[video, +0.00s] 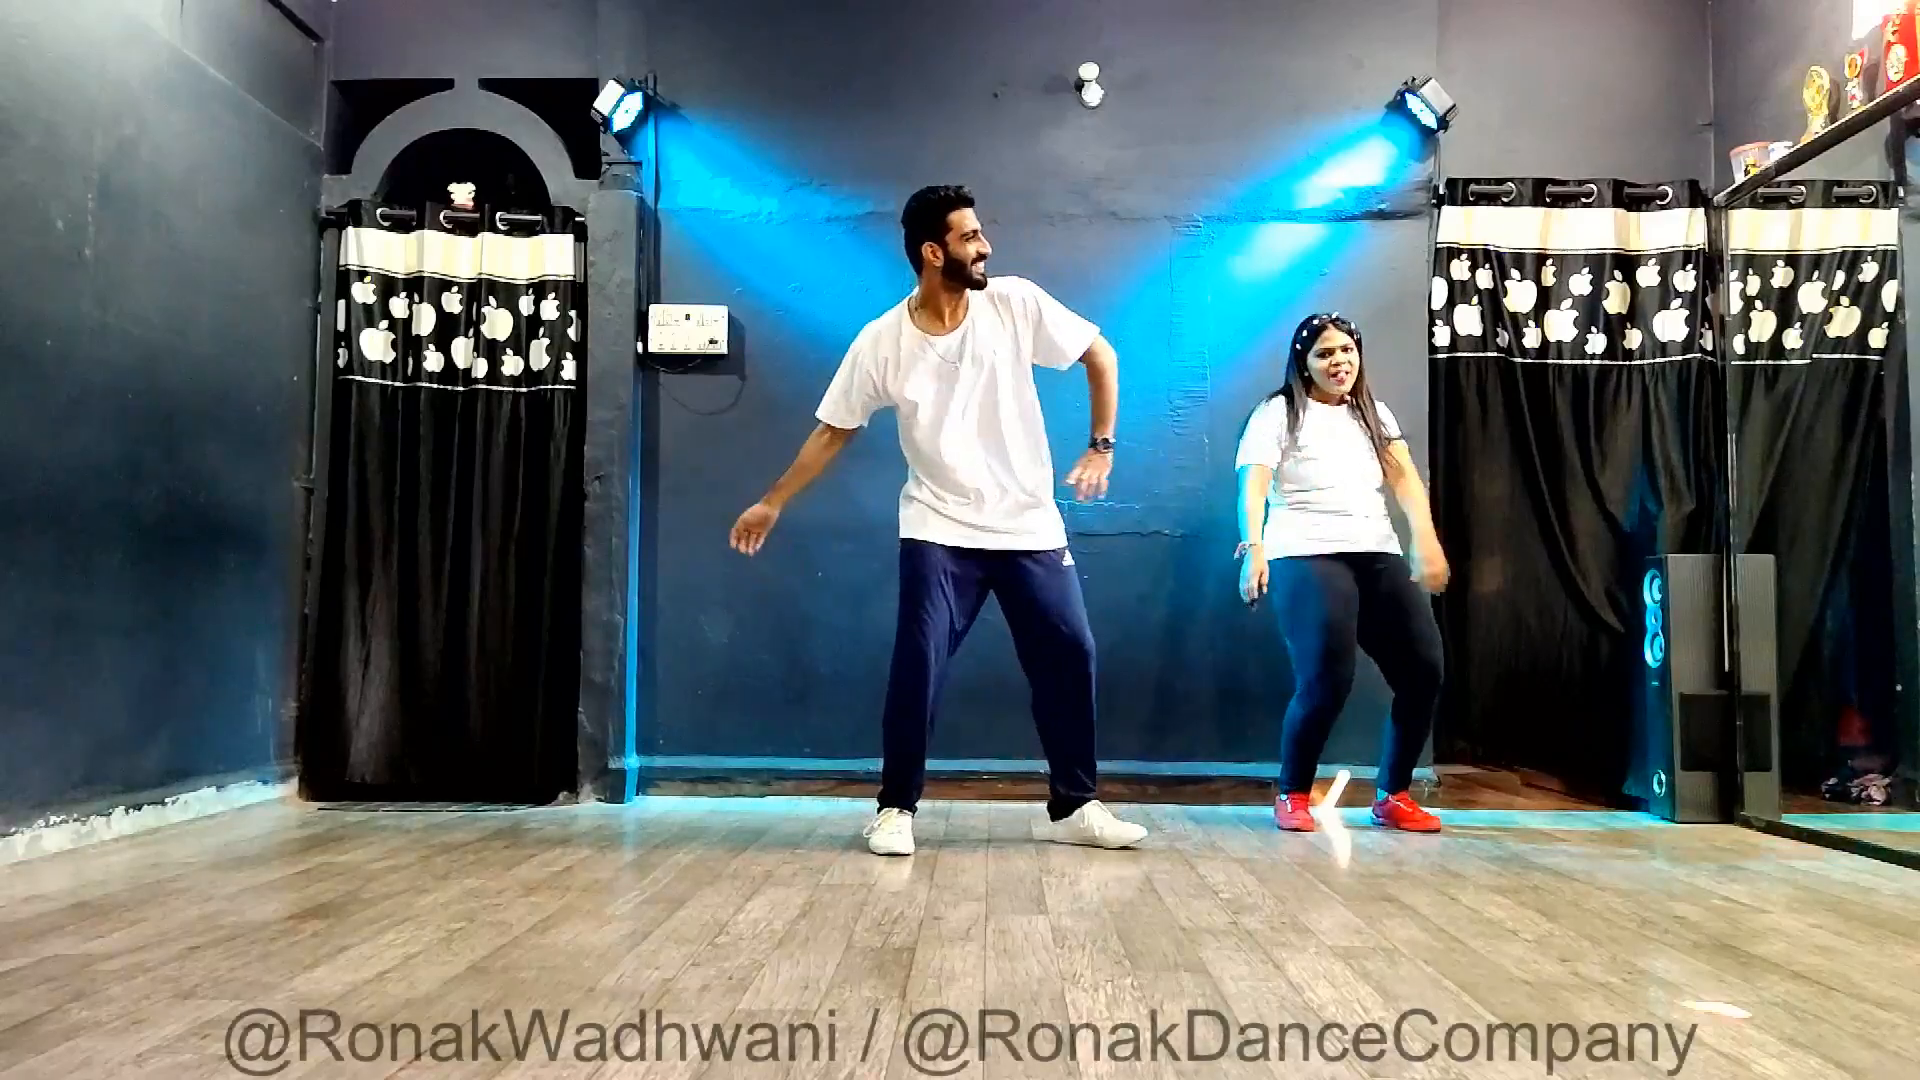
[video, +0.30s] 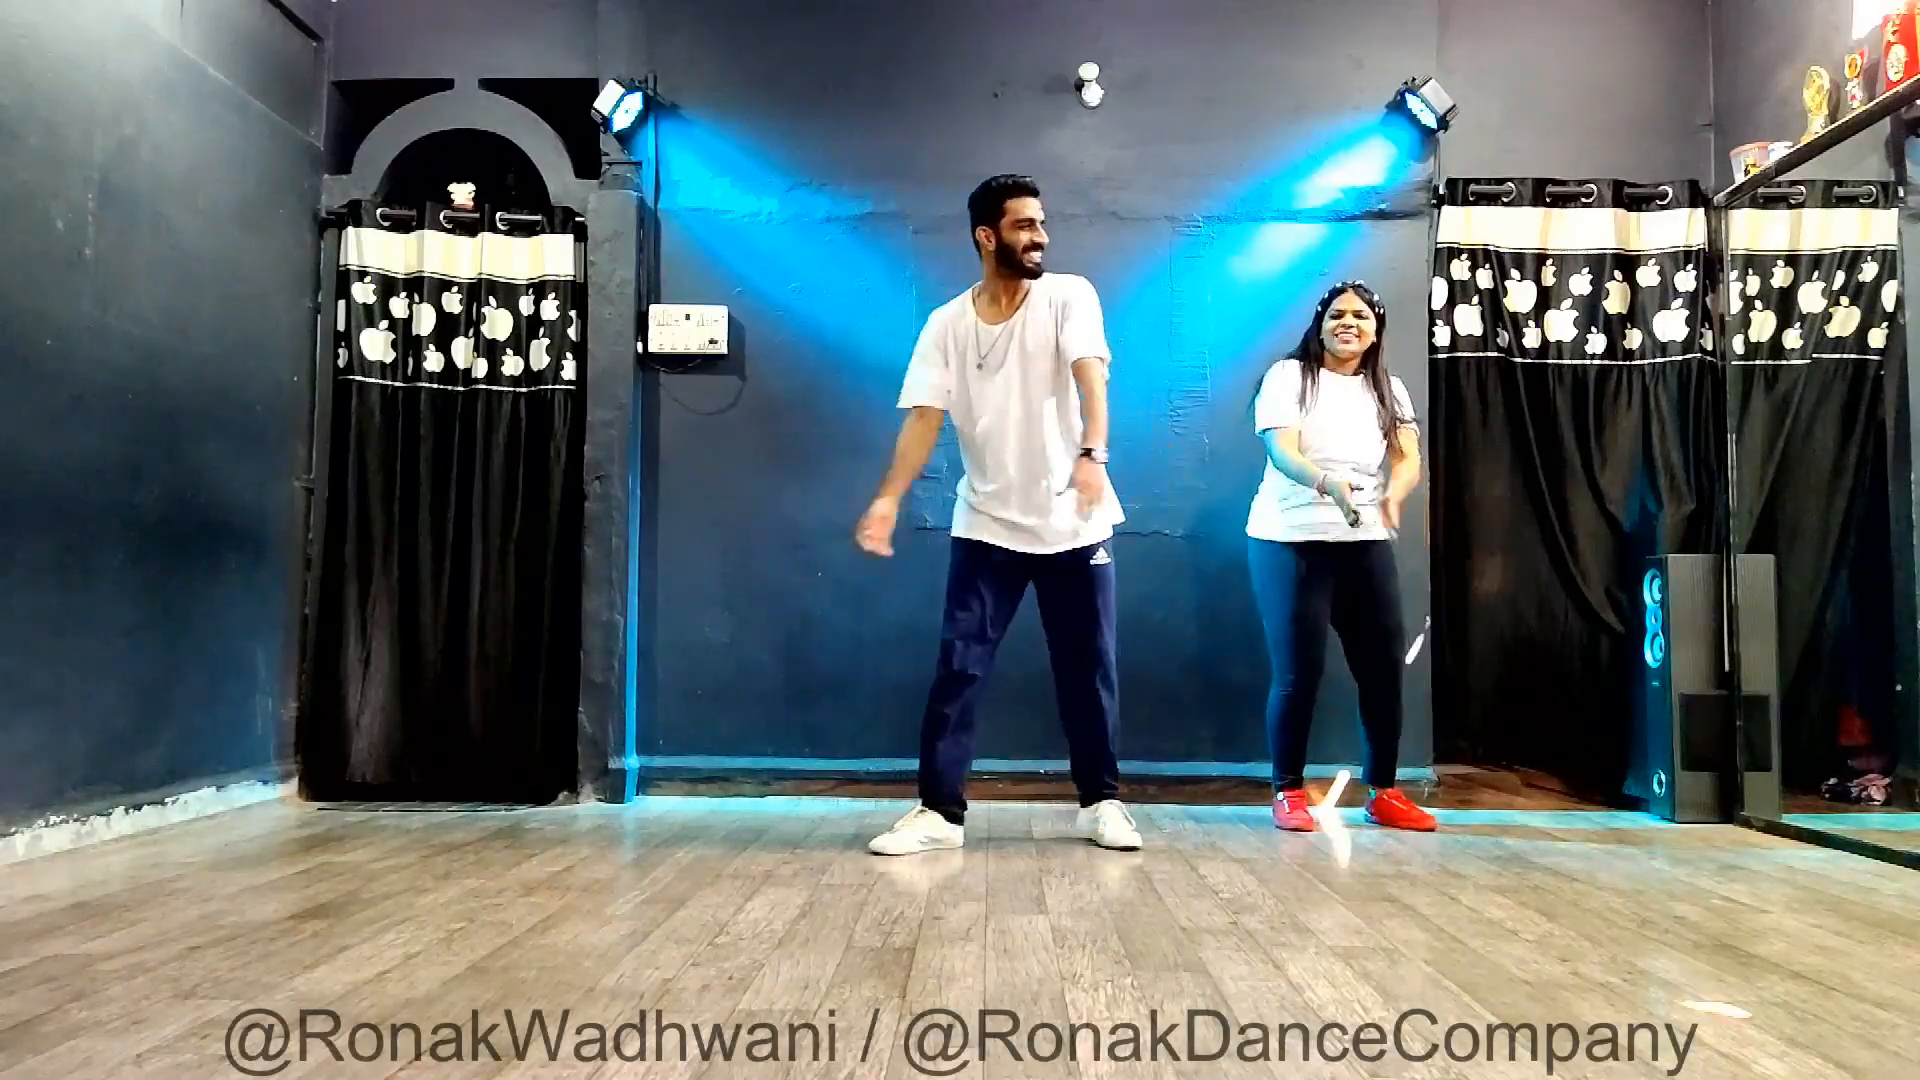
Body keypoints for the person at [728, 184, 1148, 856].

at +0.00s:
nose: (984, 244)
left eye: (981, 232)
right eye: (968, 236)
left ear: (953, 248)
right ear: (928, 254)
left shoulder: (1015, 303)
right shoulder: (881, 344)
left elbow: (1099, 354)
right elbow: (833, 430)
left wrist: (1102, 444)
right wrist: (772, 502)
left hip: (1028, 516)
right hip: (939, 520)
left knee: (1072, 645)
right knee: (920, 652)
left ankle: (1073, 804)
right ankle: (896, 808)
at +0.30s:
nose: (1038, 235)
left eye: (1041, 224)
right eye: (1024, 225)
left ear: (1041, 232)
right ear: (985, 238)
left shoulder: (1068, 295)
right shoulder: (948, 324)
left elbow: (1091, 378)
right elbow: (923, 419)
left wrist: (1092, 455)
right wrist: (888, 499)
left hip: (1073, 517)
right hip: (988, 519)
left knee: (1091, 663)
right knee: (961, 661)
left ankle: (1100, 801)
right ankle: (940, 812)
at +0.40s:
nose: (1044, 235)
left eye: (1052, 224)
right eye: (1030, 224)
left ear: (1059, 233)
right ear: (996, 233)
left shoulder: (1081, 299)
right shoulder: (962, 320)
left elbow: (1080, 386)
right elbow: (959, 409)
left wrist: (1046, 455)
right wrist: (944, 481)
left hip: (1078, 519)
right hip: (995, 520)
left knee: (1095, 667)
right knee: (972, 665)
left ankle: (1110, 801)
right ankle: (943, 811)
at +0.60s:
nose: (1056, 238)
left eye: (1069, 228)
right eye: (1044, 225)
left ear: (1085, 240)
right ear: (1023, 236)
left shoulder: (1108, 311)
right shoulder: (990, 321)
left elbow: (1081, 402)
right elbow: (981, 416)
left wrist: (975, 396)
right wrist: (965, 459)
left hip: (1087, 523)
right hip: (1007, 519)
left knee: (1096, 672)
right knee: (973, 650)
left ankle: (1105, 802)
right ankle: (949, 807)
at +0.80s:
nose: (1039, 232)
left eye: (1053, 220)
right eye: (1027, 221)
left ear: (1072, 230)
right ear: (1009, 233)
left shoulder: (1092, 278)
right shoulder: (979, 312)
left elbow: (1078, 304)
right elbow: (916, 378)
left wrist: (1015, 304)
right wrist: (852, 442)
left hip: (1084, 507)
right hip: (1002, 505)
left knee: (1096, 663)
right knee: (970, 637)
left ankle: (1107, 800)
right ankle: (970, 792)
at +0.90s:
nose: (992, 248)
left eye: (1005, 235)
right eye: (978, 236)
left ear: (1025, 236)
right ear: (960, 242)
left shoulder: (1052, 270)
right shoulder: (940, 323)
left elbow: (1122, 300)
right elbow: (905, 394)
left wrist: (1056, 372)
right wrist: (871, 454)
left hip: (1077, 508)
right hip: (992, 515)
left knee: (1096, 661)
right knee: (963, 649)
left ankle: (1108, 800)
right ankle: (957, 803)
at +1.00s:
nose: (972, 287)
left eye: (983, 270)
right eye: (956, 274)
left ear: (1002, 253)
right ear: (935, 263)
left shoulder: (1044, 297)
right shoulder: (914, 352)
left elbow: (1109, 369)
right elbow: (908, 452)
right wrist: (893, 542)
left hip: (1068, 514)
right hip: (977, 530)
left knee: (1111, 643)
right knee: (959, 669)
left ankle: (1115, 775)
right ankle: (957, 812)